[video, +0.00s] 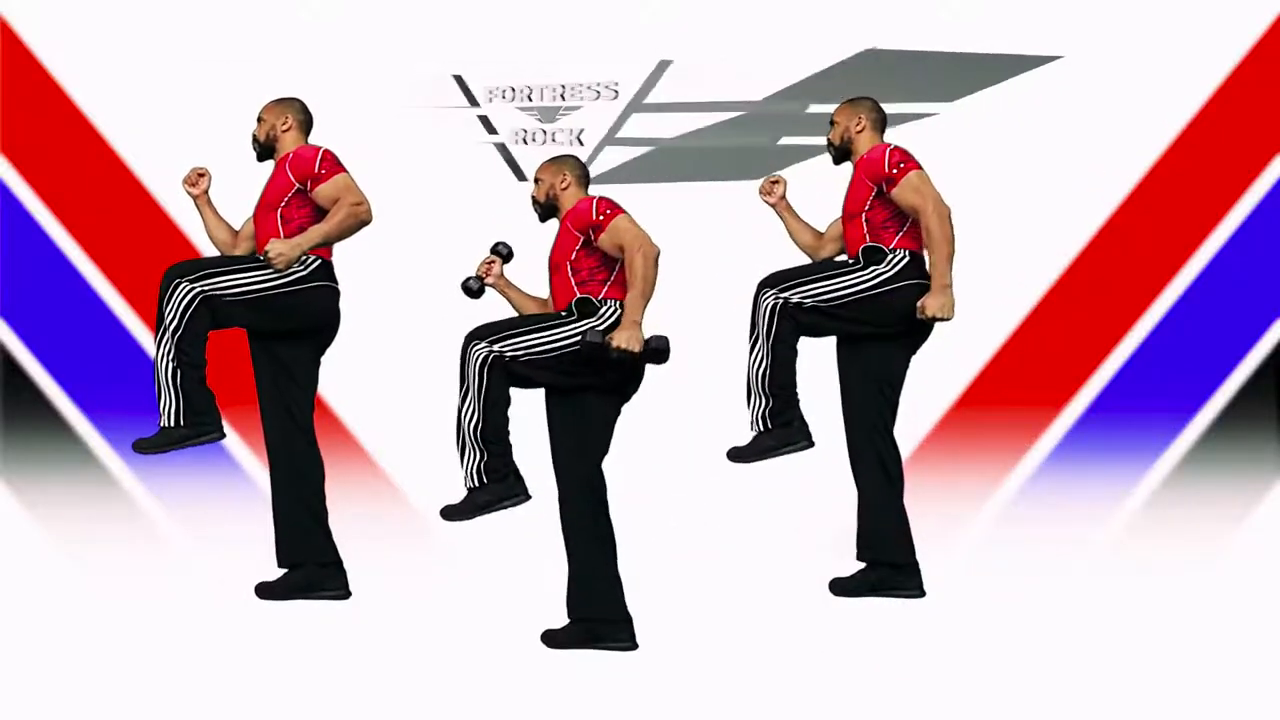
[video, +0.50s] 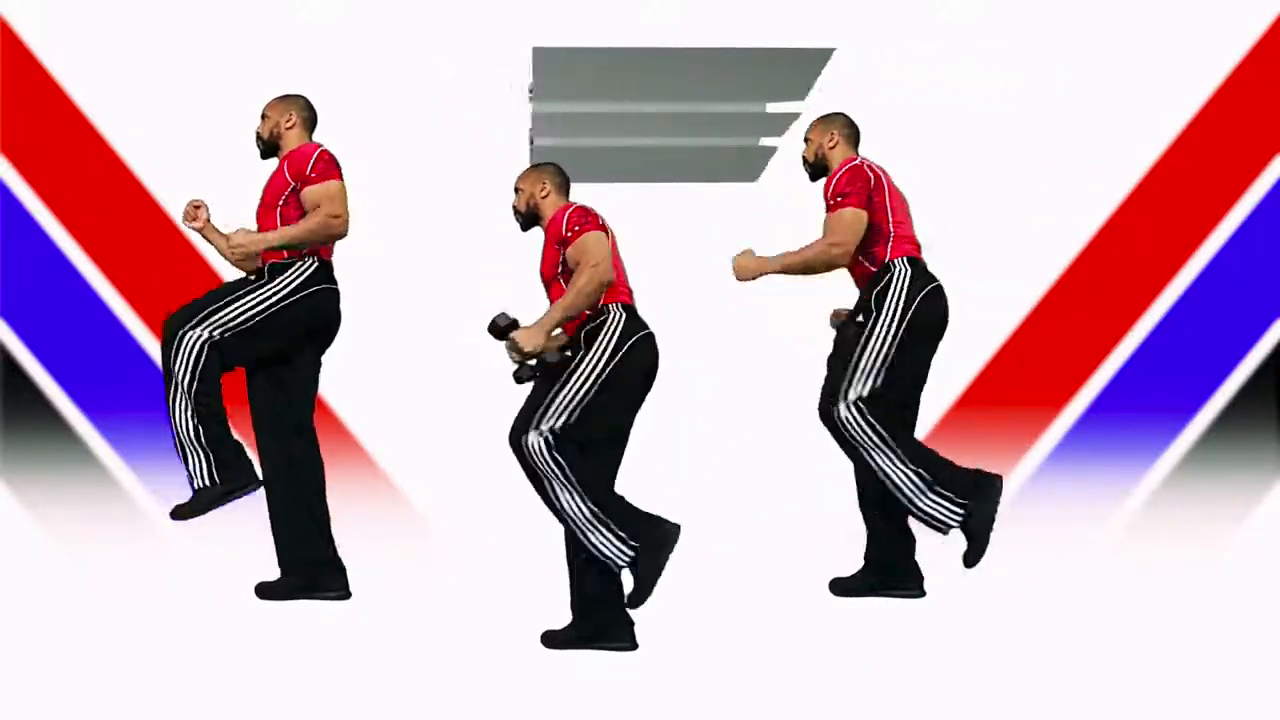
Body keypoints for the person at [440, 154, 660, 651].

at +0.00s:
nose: (532, 192)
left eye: (538, 182)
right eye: (533, 184)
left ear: (563, 181)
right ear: (562, 183)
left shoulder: (587, 207)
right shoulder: (568, 240)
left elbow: (642, 249)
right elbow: (553, 315)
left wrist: (633, 320)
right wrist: (502, 284)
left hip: (595, 328)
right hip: (601, 350)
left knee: (483, 346)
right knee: (579, 484)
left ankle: (494, 477)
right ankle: (602, 620)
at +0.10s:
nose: (533, 194)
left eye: (538, 184)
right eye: (533, 186)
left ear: (563, 181)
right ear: (563, 184)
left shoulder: (586, 207)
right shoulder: (569, 239)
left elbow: (643, 245)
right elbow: (554, 315)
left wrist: (634, 317)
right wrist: (500, 284)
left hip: (595, 326)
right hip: (602, 351)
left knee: (482, 342)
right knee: (578, 484)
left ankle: (489, 474)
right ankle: (602, 620)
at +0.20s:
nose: (531, 194)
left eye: (536, 184)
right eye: (532, 186)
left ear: (562, 182)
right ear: (563, 185)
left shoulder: (585, 208)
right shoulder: (568, 240)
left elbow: (641, 246)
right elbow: (553, 316)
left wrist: (632, 317)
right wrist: (500, 284)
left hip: (593, 327)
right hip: (600, 352)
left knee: (481, 346)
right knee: (577, 485)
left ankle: (489, 477)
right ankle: (602, 620)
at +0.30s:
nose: (530, 193)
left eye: (535, 184)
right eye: (530, 185)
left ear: (561, 182)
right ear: (559, 184)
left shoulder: (582, 208)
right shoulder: (565, 240)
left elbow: (635, 249)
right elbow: (558, 318)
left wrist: (619, 320)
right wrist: (503, 292)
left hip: (589, 337)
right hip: (604, 355)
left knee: (482, 363)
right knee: (578, 488)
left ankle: (500, 494)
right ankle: (602, 621)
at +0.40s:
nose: (523, 195)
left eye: (528, 185)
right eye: (524, 188)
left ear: (551, 182)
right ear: (558, 184)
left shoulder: (580, 208)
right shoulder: (562, 238)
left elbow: (621, 255)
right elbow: (573, 325)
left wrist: (587, 325)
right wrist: (515, 316)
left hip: (602, 344)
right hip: (609, 358)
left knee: (498, 393)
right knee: (580, 488)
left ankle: (547, 521)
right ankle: (602, 621)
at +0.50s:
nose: (513, 201)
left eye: (518, 190)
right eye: (514, 194)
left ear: (543, 187)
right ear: (548, 190)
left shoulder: (574, 216)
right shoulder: (557, 245)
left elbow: (598, 271)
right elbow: (576, 328)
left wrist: (544, 327)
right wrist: (541, 348)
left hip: (613, 333)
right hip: (606, 345)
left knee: (536, 436)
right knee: (586, 484)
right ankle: (600, 619)